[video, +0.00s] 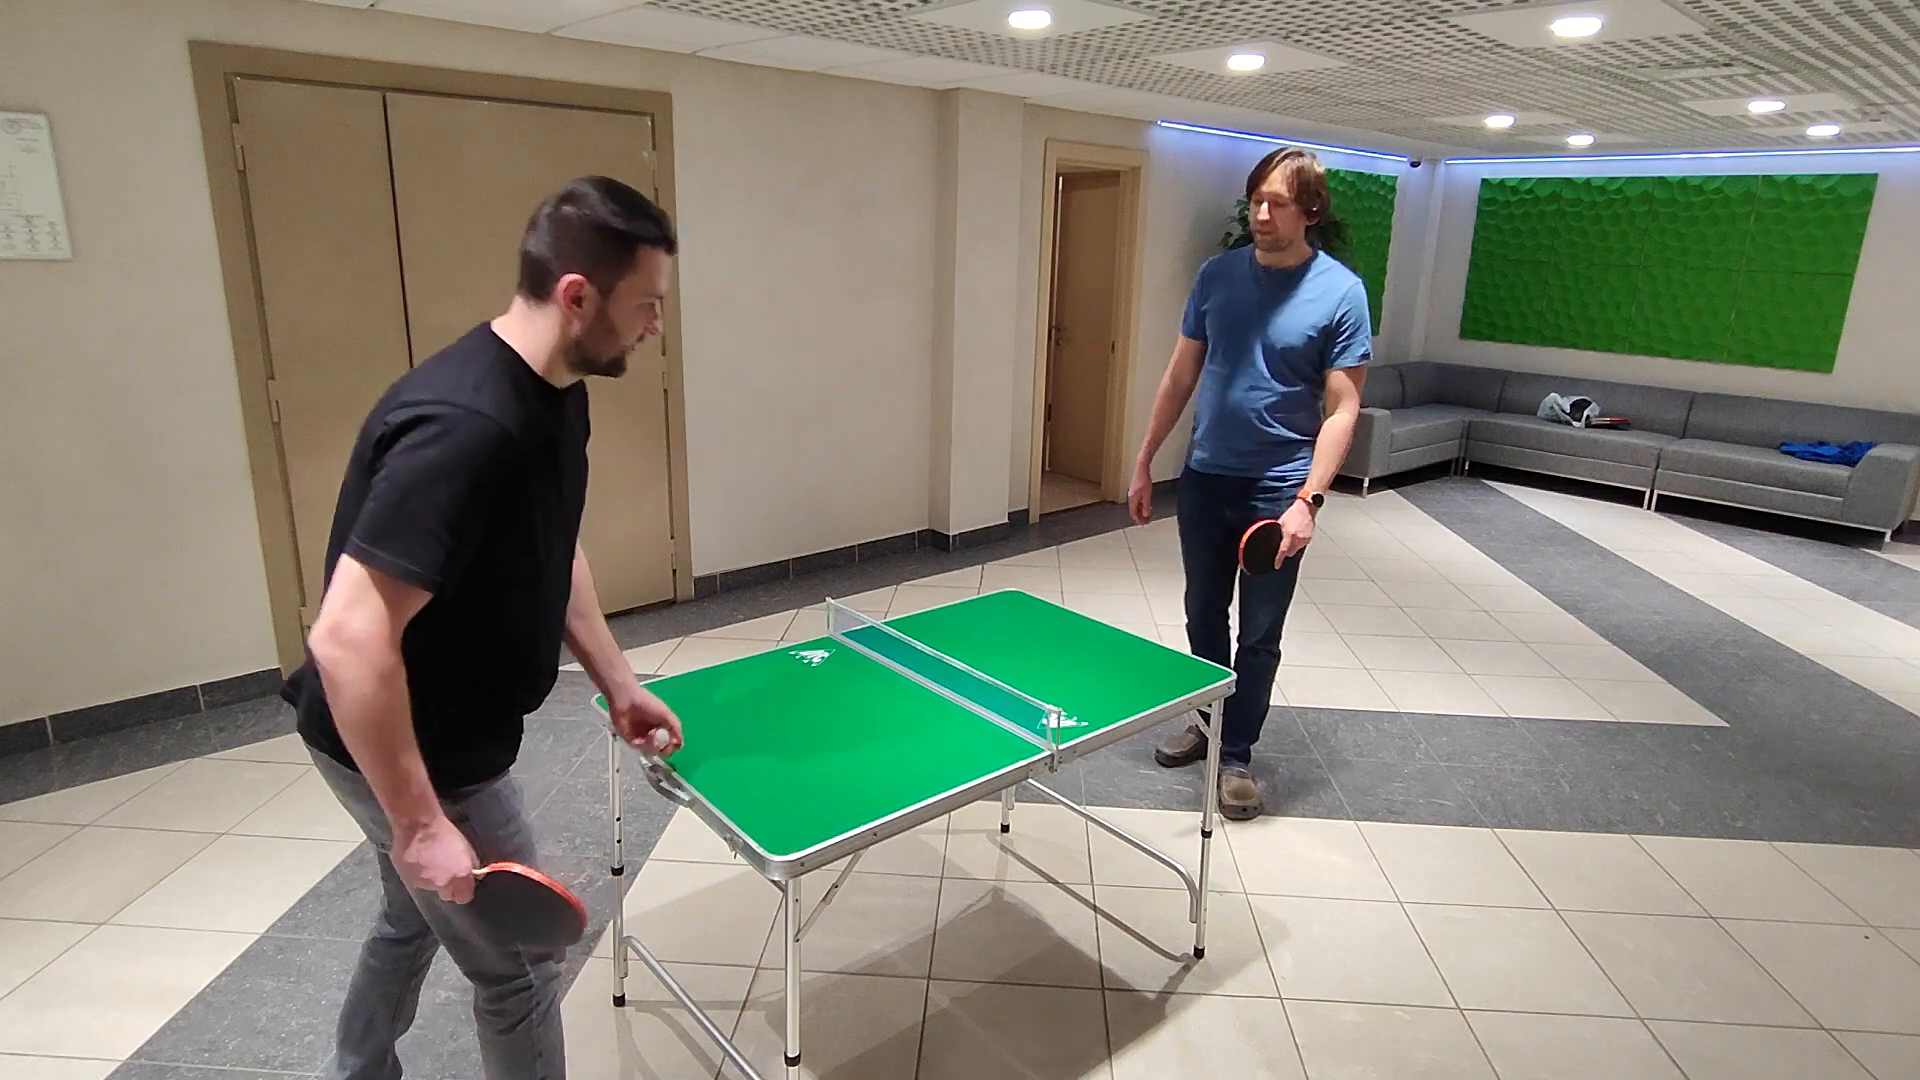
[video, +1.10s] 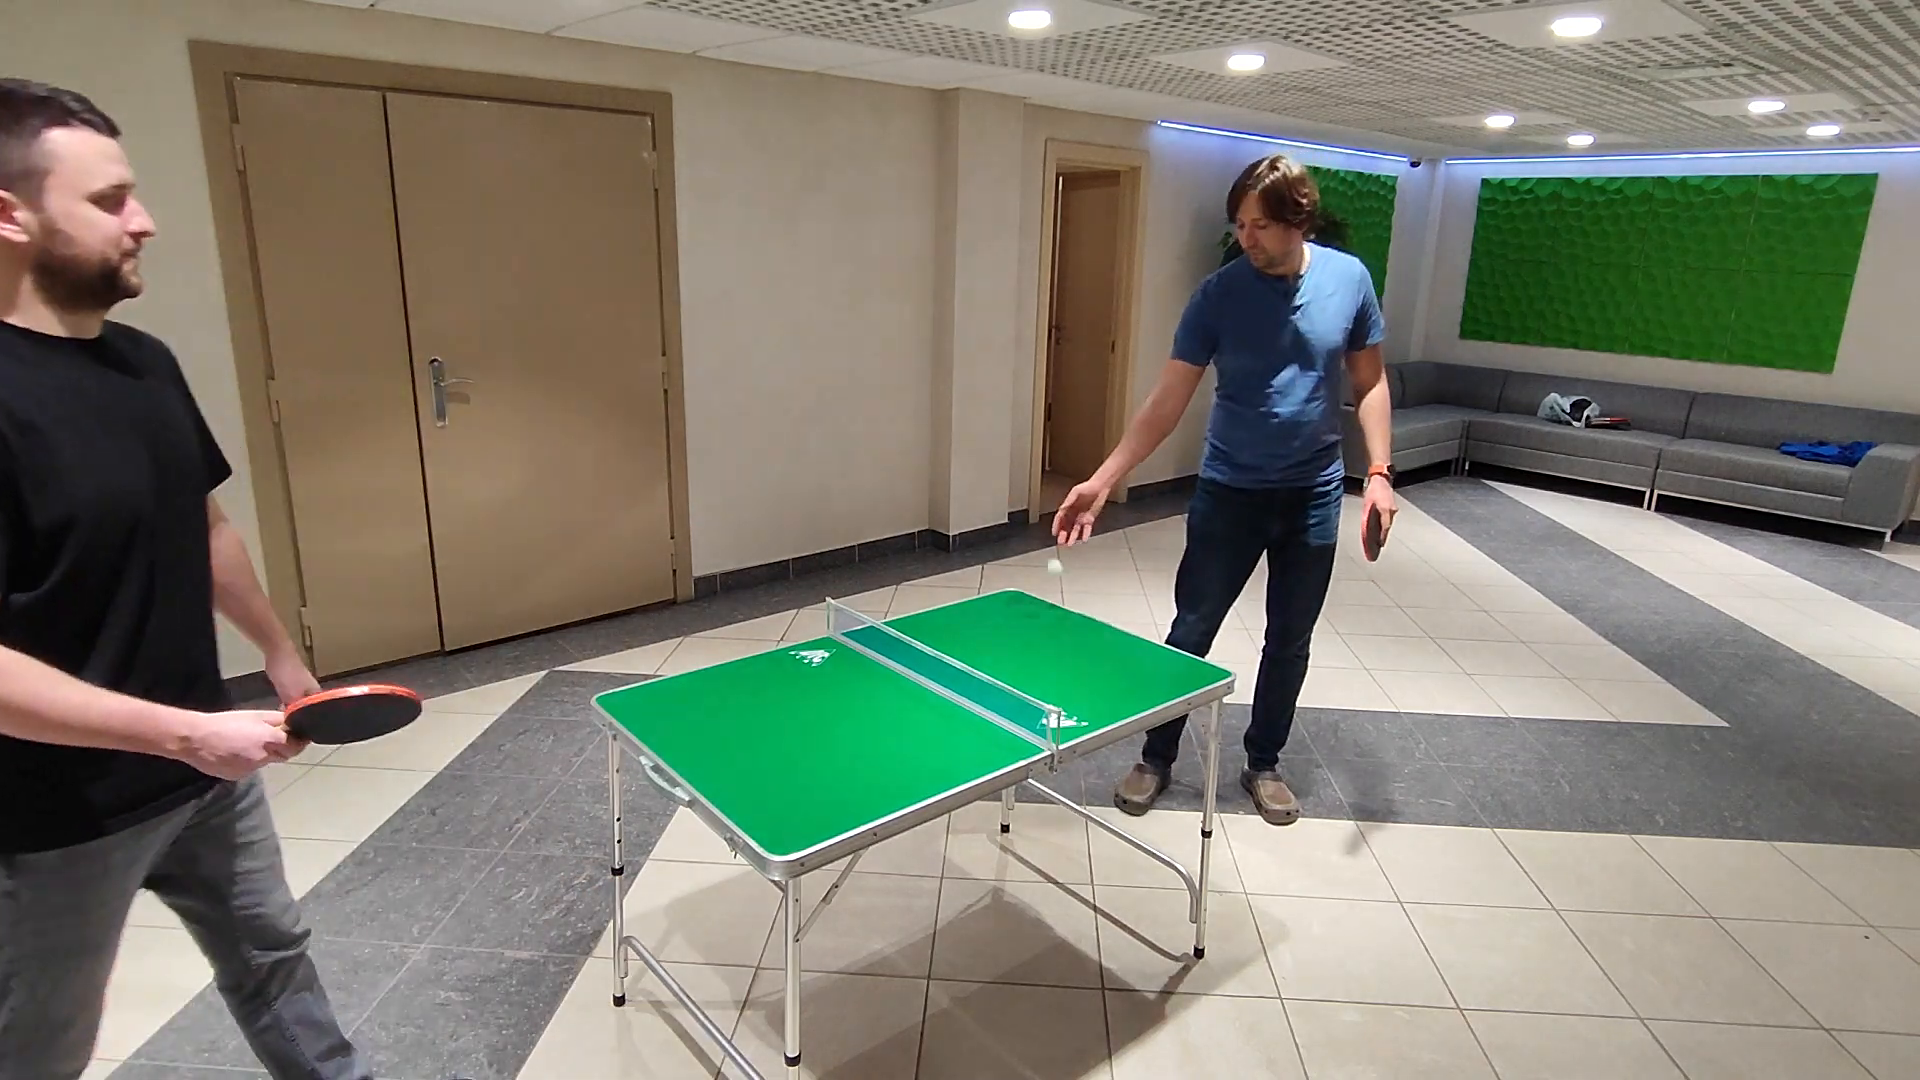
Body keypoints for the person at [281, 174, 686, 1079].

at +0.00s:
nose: (654, 326)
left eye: (658, 305)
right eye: (645, 304)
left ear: (578, 297)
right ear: (576, 294)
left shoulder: (553, 397)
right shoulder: (467, 425)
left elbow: (553, 561)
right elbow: (347, 637)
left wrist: (620, 688)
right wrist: (420, 826)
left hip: (458, 724)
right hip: (427, 756)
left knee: (410, 921)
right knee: (518, 979)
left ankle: (361, 1066)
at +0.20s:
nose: (533, 278)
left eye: (533, 255)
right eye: (518, 256)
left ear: (456, 257)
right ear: (441, 253)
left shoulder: (480, 368)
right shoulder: (341, 401)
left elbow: (566, 499)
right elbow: (244, 612)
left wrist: (703, 557)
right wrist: (330, 798)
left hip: (444, 729)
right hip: (390, 755)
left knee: (379, 935)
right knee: (490, 974)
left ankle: (352, 1070)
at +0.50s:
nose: (403, 240)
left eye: (400, 215)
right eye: (379, 216)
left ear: (315, 225)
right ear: (296, 223)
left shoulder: (386, 356)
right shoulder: (210, 386)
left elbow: (485, 473)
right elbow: (144, 595)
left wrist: (629, 536)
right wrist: (243, 769)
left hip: (390, 722)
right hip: (315, 747)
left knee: (343, 943)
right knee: (406, 985)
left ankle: (338, 1071)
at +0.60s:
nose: (370, 230)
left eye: (365, 206)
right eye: (344, 209)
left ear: (274, 220)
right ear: (262, 220)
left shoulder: (357, 351)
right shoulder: (182, 381)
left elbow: (433, 500)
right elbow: (122, 595)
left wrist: (541, 602)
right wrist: (240, 761)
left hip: (371, 724)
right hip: (284, 747)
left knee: (343, 954)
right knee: (365, 982)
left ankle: (337, 1063)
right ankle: (338, 1074)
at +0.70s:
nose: (340, 223)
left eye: (334, 199)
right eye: (313, 202)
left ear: (246, 216)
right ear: (226, 216)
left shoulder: (333, 351)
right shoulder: (153, 377)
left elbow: (373, 514)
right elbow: (98, 594)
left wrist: (424, 644)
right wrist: (239, 749)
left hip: (348, 723)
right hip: (250, 751)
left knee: (336, 955)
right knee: (316, 1002)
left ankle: (345, 1068)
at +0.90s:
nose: (261, 218)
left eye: (254, 192)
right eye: (230, 195)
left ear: (156, 211)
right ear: (138, 211)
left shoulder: (254, 350)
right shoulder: (68, 385)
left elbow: (253, 558)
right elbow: (40, 616)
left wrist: (309, 707)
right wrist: (238, 729)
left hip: (296, 749)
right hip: (175, 789)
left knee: (313, 956)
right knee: (178, 1029)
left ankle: (337, 1070)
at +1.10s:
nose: (144, 224)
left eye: (134, 196)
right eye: (110, 199)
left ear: (30, 220)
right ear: (14, 219)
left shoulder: (143, 361)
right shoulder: (1, 390)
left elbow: (203, 528)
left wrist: (283, 653)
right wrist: (185, 734)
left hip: (203, 772)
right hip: (53, 818)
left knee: (275, 966)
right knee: (39, 1062)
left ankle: (340, 1076)